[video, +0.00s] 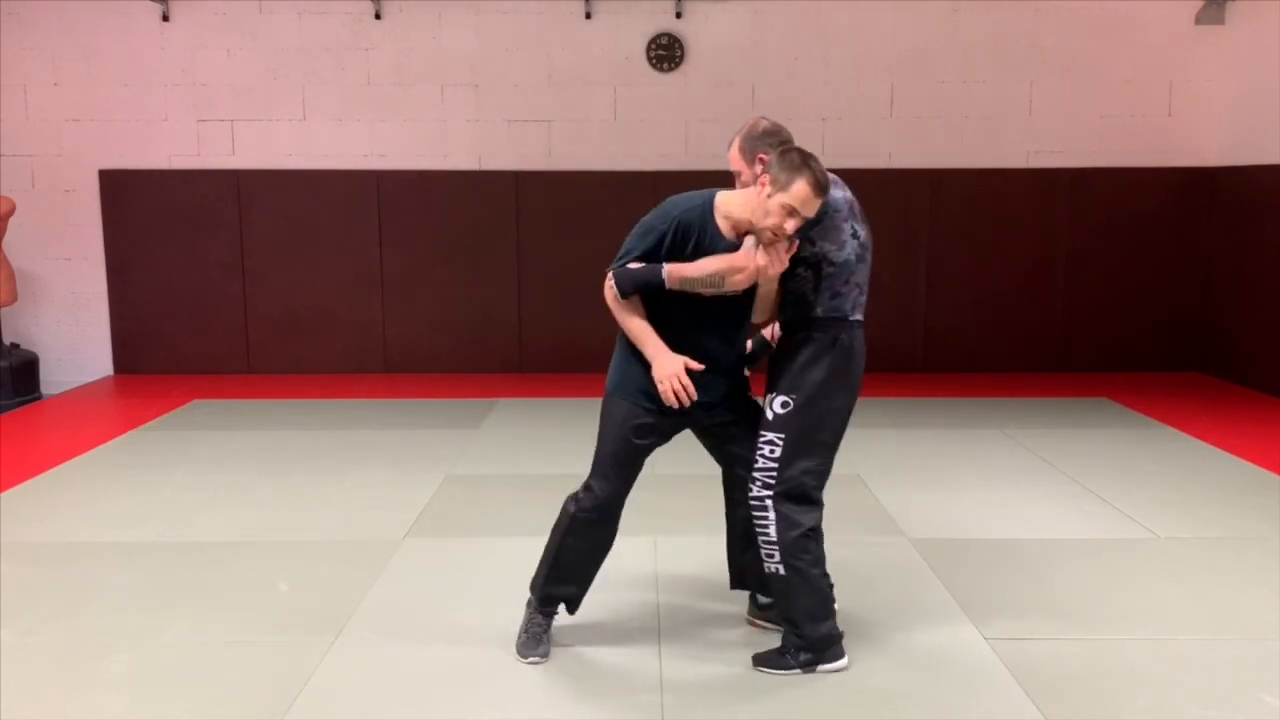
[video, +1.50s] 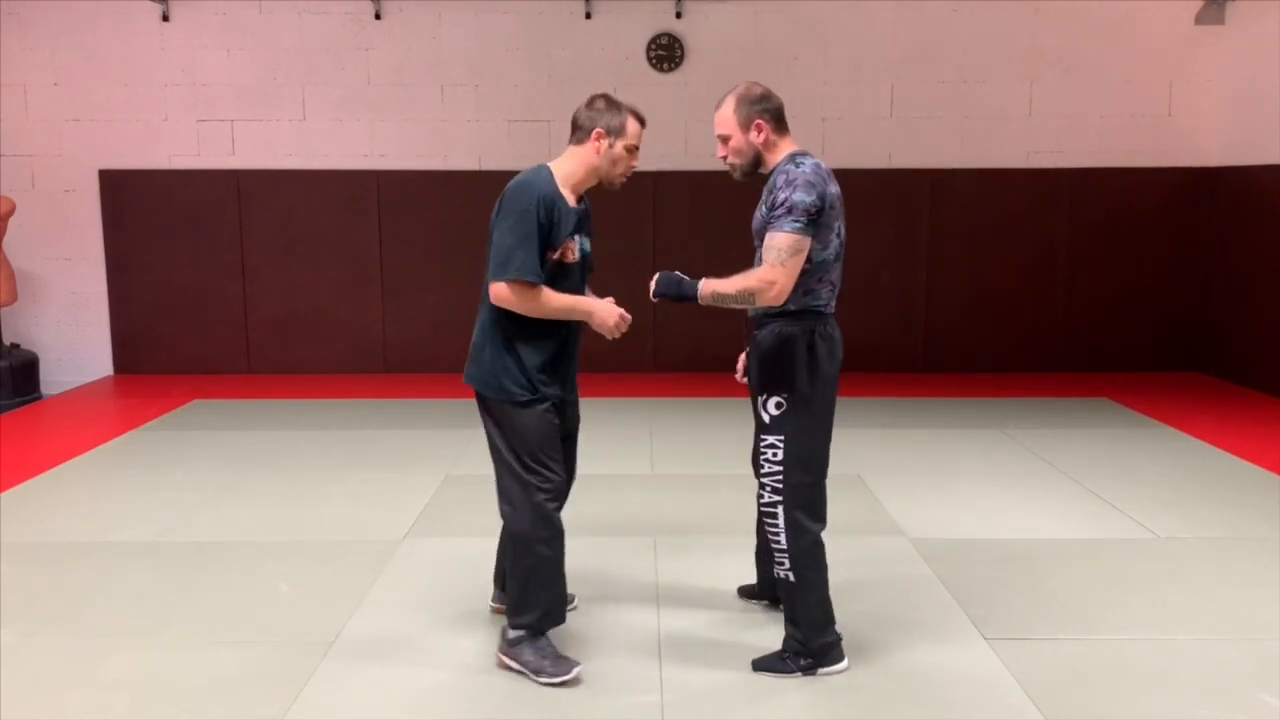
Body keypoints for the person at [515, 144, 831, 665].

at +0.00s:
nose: (791, 229)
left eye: (802, 222)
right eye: (789, 212)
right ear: (760, 185)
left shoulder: (769, 250)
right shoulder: (678, 217)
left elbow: (758, 328)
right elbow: (616, 288)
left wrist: (770, 279)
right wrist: (659, 357)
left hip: (720, 382)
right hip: (645, 378)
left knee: (762, 474)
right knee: (602, 495)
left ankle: (767, 595)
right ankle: (542, 607)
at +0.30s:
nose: (820, 228)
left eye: (831, 221)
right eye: (819, 211)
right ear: (793, 183)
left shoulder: (794, 247)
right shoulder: (708, 209)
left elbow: (785, 320)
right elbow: (638, 273)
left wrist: (797, 278)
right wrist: (672, 348)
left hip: (740, 385)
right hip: (665, 375)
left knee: (776, 482)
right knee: (607, 486)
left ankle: (771, 600)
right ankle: (546, 603)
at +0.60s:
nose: (830, 223)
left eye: (841, 216)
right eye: (827, 207)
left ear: (847, 213)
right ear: (800, 179)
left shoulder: (804, 242)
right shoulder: (716, 207)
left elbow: (796, 316)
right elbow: (648, 273)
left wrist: (815, 274)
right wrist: (696, 342)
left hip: (741, 382)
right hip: (666, 372)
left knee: (768, 485)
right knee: (614, 486)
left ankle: (771, 600)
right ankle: (547, 597)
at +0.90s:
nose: (737, 190)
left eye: (741, 178)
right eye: (729, 177)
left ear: (702, 169)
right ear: (691, 166)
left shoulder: (709, 222)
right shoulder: (621, 225)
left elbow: (716, 293)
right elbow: (616, 328)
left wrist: (748, 324)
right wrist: (710, 339)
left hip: (698, 386)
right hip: (630, 394)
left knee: (741, 493)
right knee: (620, 514)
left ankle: (768, 599)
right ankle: (560, 637)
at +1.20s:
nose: (661, 151)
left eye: (663, 139)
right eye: (657, 139)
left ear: (621, 133)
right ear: (622, 133)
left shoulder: (607, 191)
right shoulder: (565, 205)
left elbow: (607, 284)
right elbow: (561, 315)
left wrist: (644, 297)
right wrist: (637, 309)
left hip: (619, 377)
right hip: (573, 387)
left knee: (633, 483)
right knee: (584, 513)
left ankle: (608, 583)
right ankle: (557, 638)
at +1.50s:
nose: (635, 162)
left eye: (638, 151)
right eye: (630, 149)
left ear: (597, 144)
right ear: (597, 141)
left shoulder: (577, 203)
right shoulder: (529, 195)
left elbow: (563, 288)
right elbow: (507, 290)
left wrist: (596, 308)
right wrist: (588, 308)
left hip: (552, 375)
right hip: (512, 377)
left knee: (550, 487)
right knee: (537, 497)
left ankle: (515, 587)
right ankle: (524, 634)